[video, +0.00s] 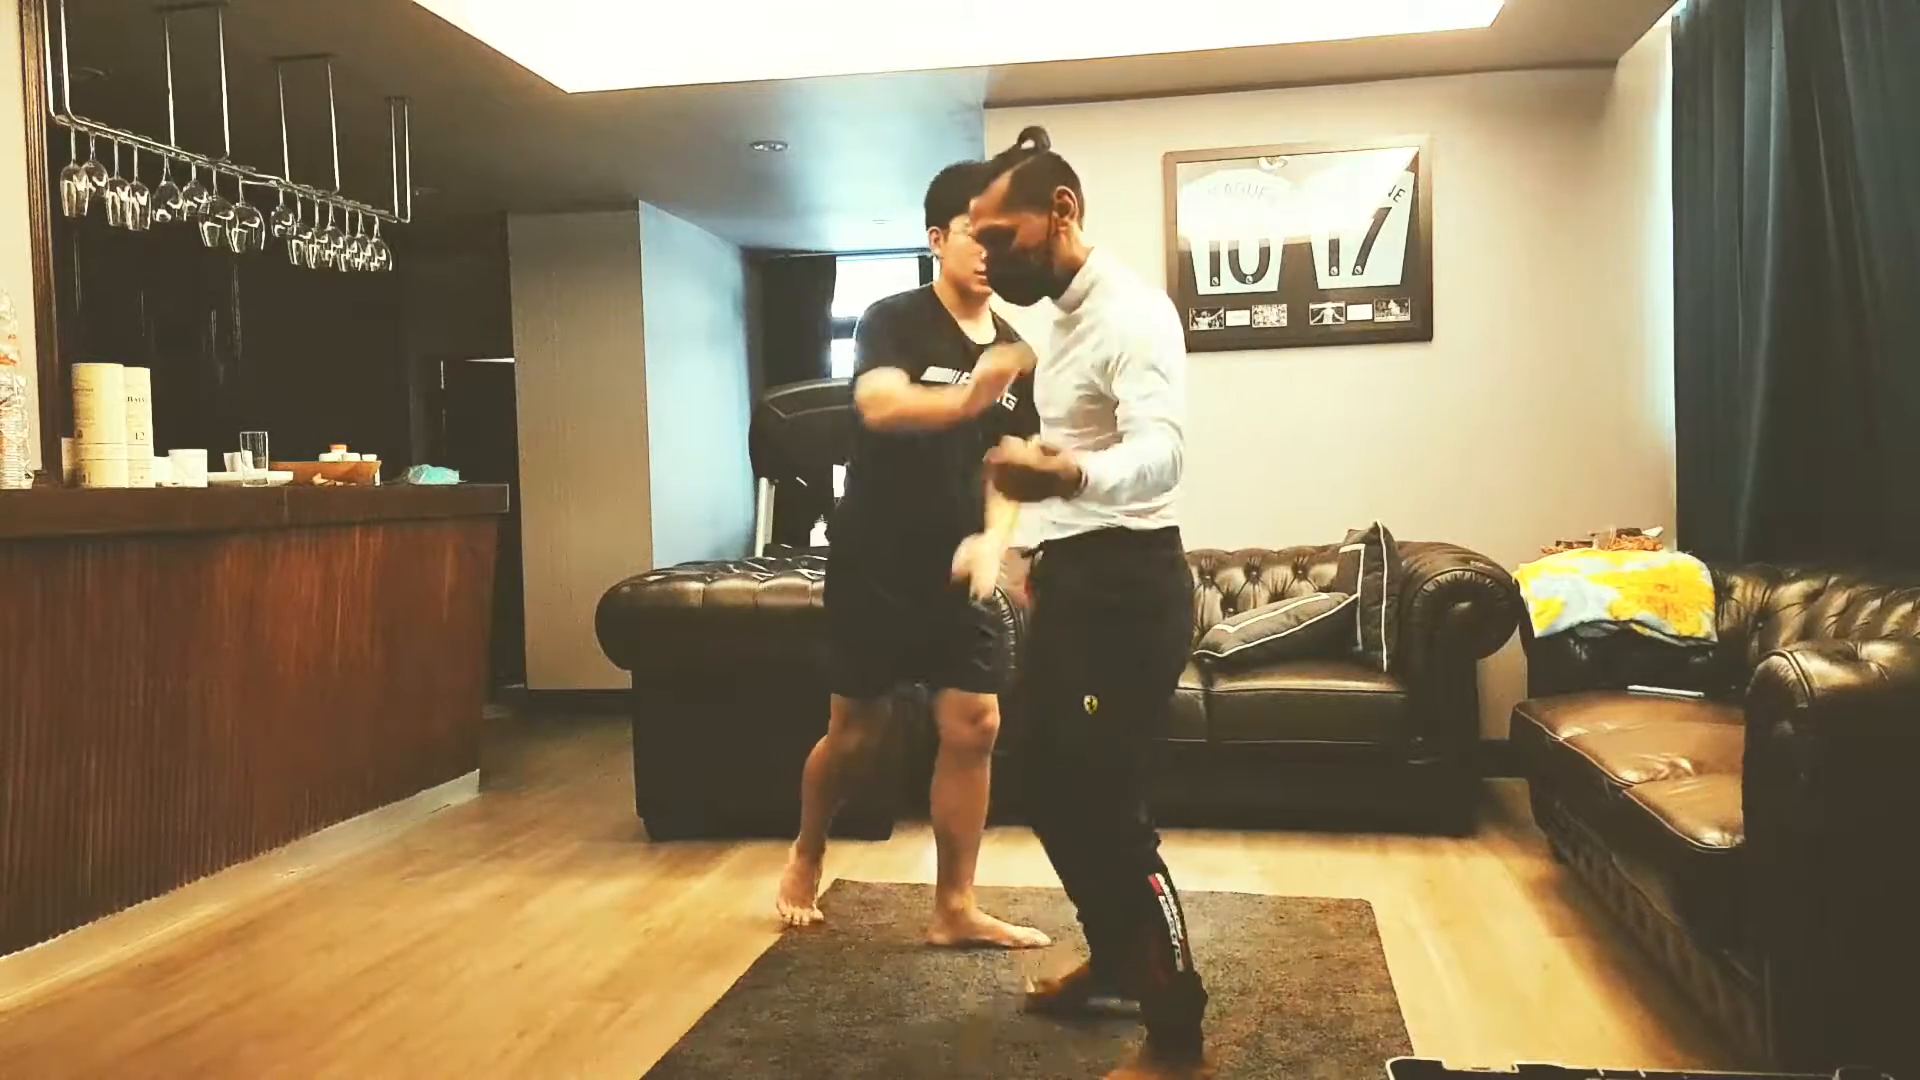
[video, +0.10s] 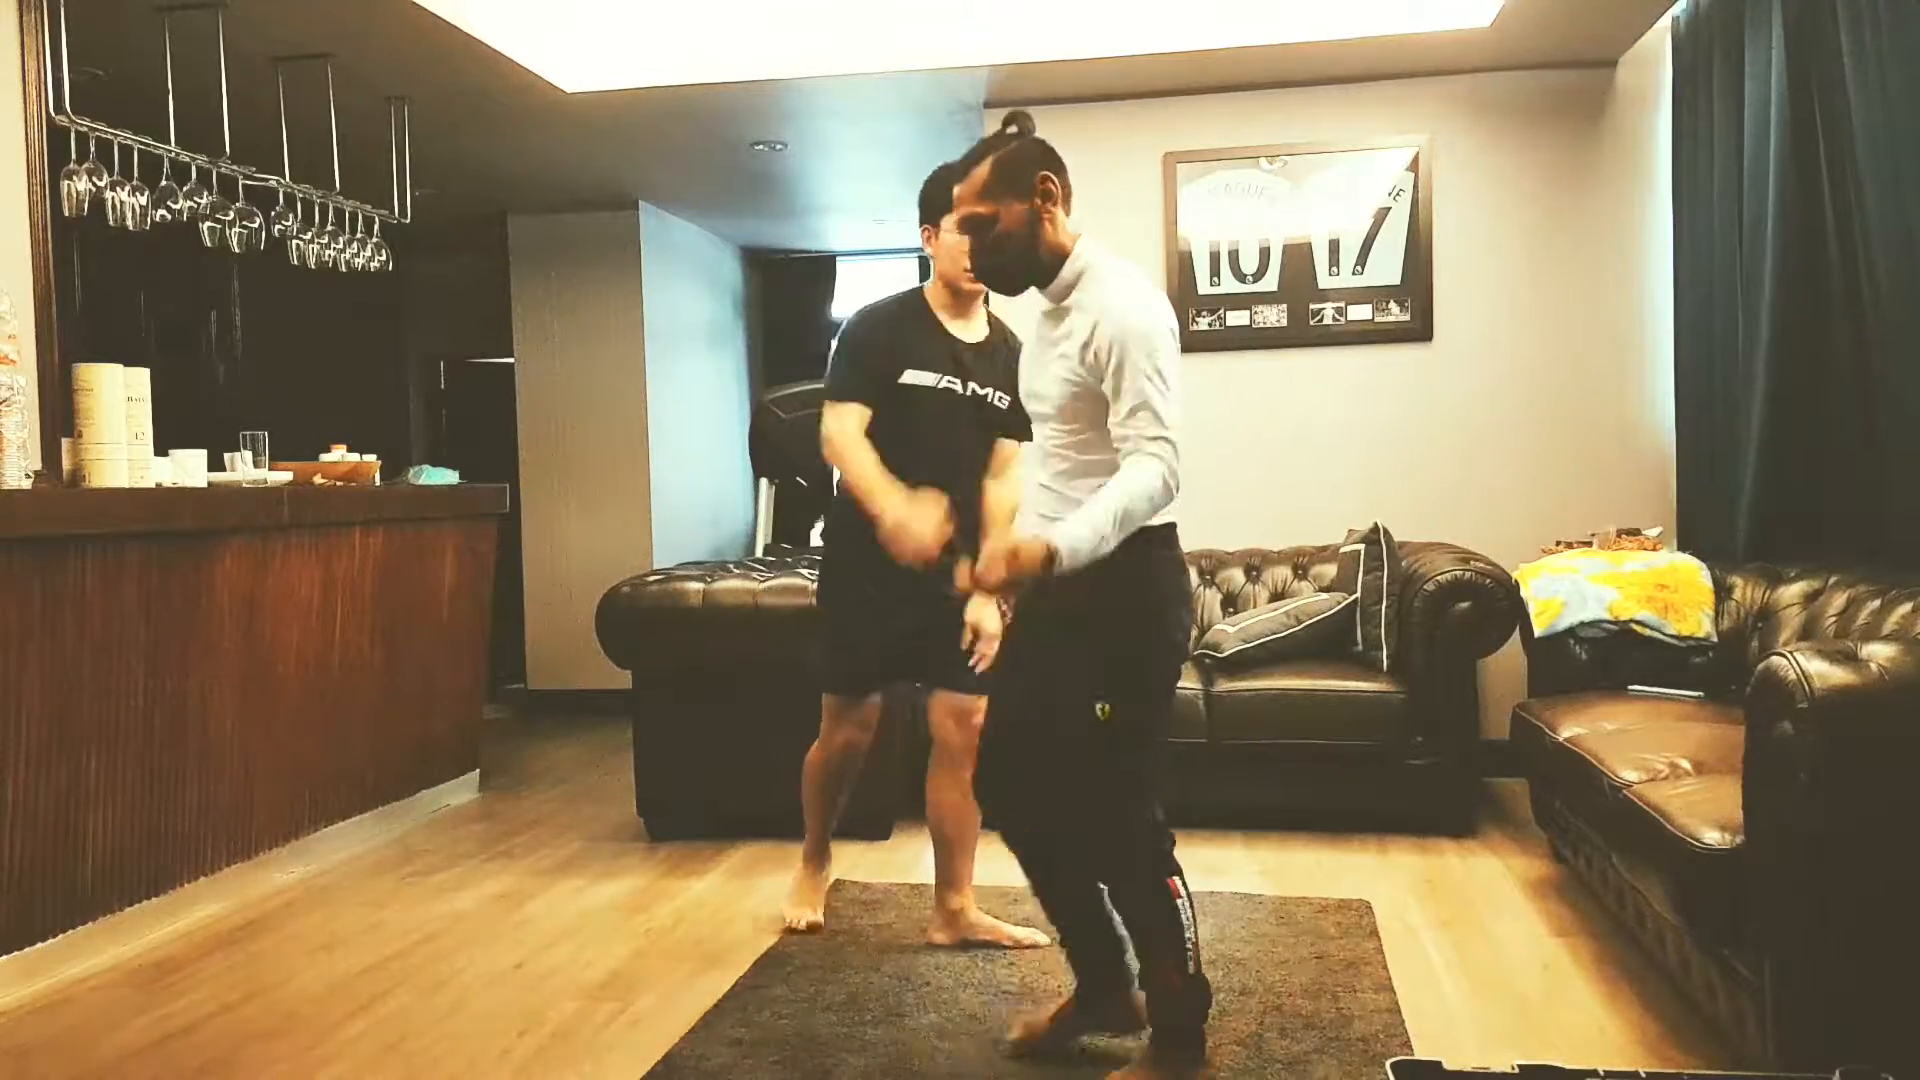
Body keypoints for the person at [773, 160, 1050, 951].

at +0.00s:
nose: (988, 249)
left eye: (997, 235)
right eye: (972, 234)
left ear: (1009, 242)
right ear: (935, 237)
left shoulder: (1010, 346)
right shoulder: (892, 319)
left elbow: (1010, 456)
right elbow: (878, 405)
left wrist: (994, 538)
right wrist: (965, 399)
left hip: (967, 553)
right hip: (877, 549)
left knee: (974, 726)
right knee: (850, 729)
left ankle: (954, 904)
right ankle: (807, 855)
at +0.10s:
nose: (973, 245)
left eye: (984, 231)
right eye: (960, 229)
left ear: (1000, 243)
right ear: (927, 235)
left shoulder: (1009, 353)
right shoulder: (878, 328)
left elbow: (1004, 477)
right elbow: (840, 434)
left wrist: (994, 584)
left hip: (963, 565)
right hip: (869, 554)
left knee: (963, 727)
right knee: (847, 729)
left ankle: (954, 904)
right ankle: (814, 862)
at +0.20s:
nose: (949, 240)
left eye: (962, 225)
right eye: (936, 224)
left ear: (984, 244)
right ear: (910, 236)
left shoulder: (997, 350)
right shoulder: (856, 334)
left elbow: (1005, 471)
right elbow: (814, 448)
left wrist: (1016, 564)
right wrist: (806, 564)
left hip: (954, 576)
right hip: (860, 572)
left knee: (948, 733)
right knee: (842, 733)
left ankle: (954, 903)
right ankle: (822, 878)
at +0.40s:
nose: (895, 249)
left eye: (905, 235)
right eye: (880, 233)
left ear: (930, 246)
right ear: (859, 240)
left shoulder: (956, 336)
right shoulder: (809, 331)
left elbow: (993, 449)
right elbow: (757, 433)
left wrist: (991, 549)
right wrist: (721, 532)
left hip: (925, 564)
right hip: (825, 564)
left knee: (930, 734)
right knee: (820, 734)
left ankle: (963, 896)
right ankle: (812, 885)